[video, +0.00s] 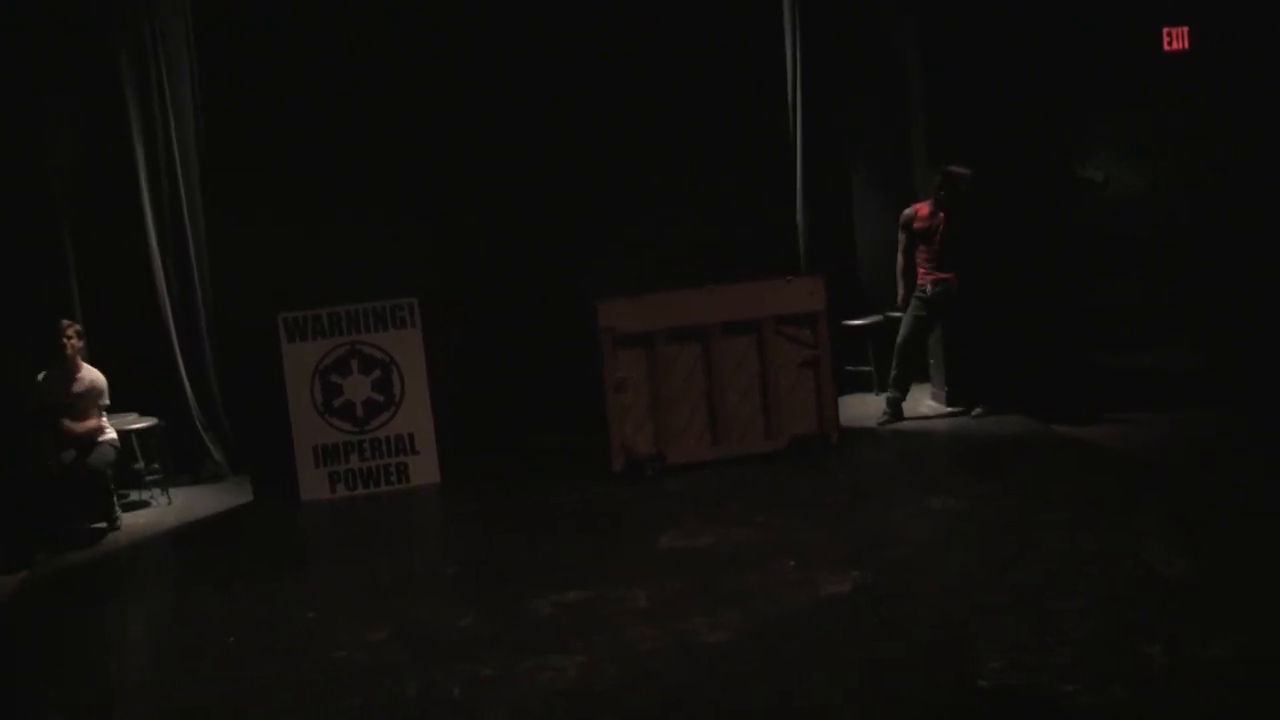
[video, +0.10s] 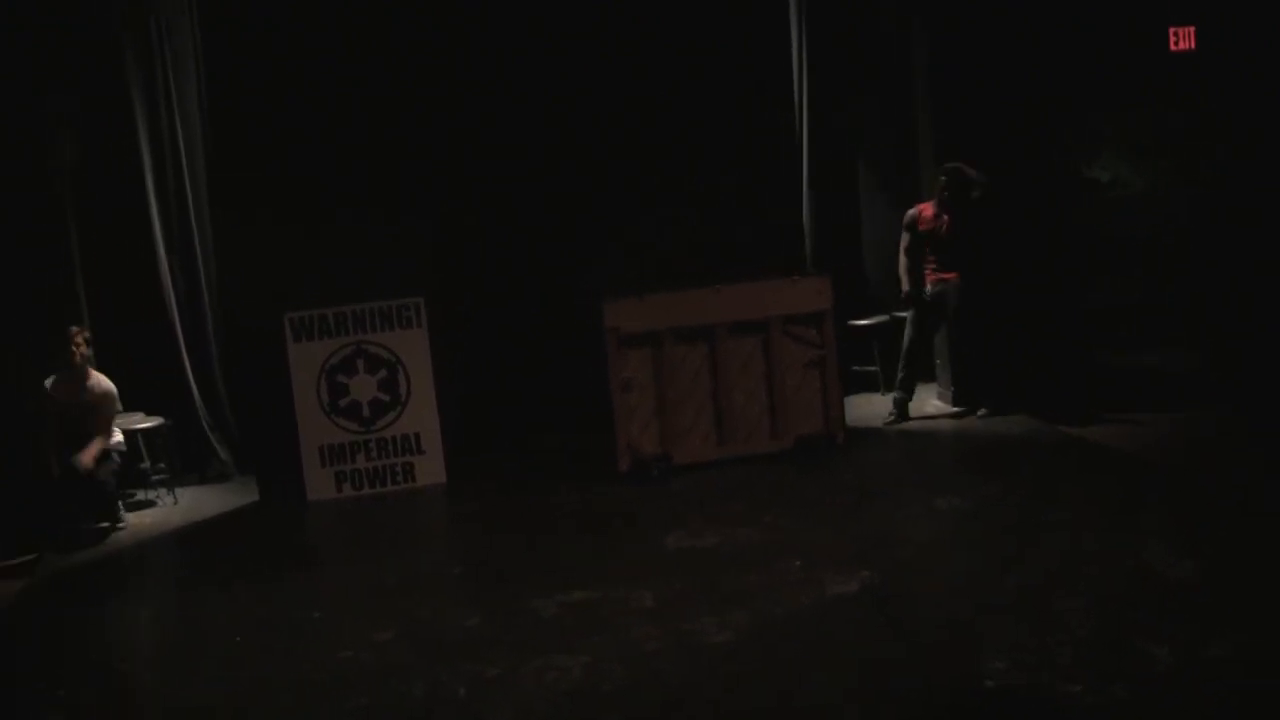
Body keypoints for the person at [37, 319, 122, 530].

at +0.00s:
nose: (65, 343)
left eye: (70, 338)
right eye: (61, 338)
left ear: (80, 343)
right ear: (56, 343)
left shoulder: (95, 379)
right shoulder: (46, 380)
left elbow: (97, 421)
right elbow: (47, 418)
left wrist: (74, 428)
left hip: (98, 436)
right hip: (67, 441)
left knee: (95, 466)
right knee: (60, 470)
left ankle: (111, 513)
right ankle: (70, 521)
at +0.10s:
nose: (74, 351)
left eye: (79, 345)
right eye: (70, 346)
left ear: (88, 350)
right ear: (63, 351)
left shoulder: (104, 388)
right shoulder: (51, 387)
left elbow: (104, 431)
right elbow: (50, 425)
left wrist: (88, 454)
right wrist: (52, 454)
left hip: (101, 439)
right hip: (67, 440)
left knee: (99, 474)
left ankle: (112, 514)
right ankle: (68, 524)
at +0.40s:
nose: (90, 344)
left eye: (95, 337)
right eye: (86, 338)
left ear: (104, 340)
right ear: (79, 341)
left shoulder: (122, 368)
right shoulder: (69, 373)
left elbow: (133, 404)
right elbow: (61, 409)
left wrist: (132, 435)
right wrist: (70, 433)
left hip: (115, 426)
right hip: (83, 429)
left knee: (120, 468)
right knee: (90, 474)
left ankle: (130, 510)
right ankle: (97, 521)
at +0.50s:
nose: (88, 297)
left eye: (91, 290)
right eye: (83, 291)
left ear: (100, 294)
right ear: (76, 297)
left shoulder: (121, 327)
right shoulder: (66, 331)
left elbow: (131, 366)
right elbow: (55, 373)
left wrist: (132, 399)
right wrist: (71, 397)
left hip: (116, 405)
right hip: (84, 408)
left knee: (121, 460)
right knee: (92, 465)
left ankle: (134, 511)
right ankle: (100, 521)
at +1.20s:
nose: (73, 298)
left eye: (78, 292)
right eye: (68, 294)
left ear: (89, 298)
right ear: (60, 301)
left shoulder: (116, 335)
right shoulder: (50, 345)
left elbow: (136, 376)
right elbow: (47, 392)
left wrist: (138, 418)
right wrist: (52, 429)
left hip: (112, 431)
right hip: (72, 434)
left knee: (115, 495)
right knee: (82, 501)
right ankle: (99, 564)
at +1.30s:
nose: (73, 298)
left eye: (78, 292)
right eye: (67, 293)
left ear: (89, 297)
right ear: (60, 301)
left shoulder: (118, 336)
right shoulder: (49, 350)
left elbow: (135, 378)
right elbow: (50, 400)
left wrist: (137, 415)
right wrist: (54, 443)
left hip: (116, 431)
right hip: (75, 437)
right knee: (85, 507)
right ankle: (103, 566)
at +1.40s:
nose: (78, 313)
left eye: (83, 306)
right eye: (72, 308)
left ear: (95, 311)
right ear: (65, 316)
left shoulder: (121, 353)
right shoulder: (54, 364)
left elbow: (135, 399)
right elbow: (50, 417)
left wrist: (131, 430)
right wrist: (48, 461)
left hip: (117, 447)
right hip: (77, 450)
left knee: (112, 514)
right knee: (81, 517)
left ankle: (117, 578)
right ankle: (95, 580)